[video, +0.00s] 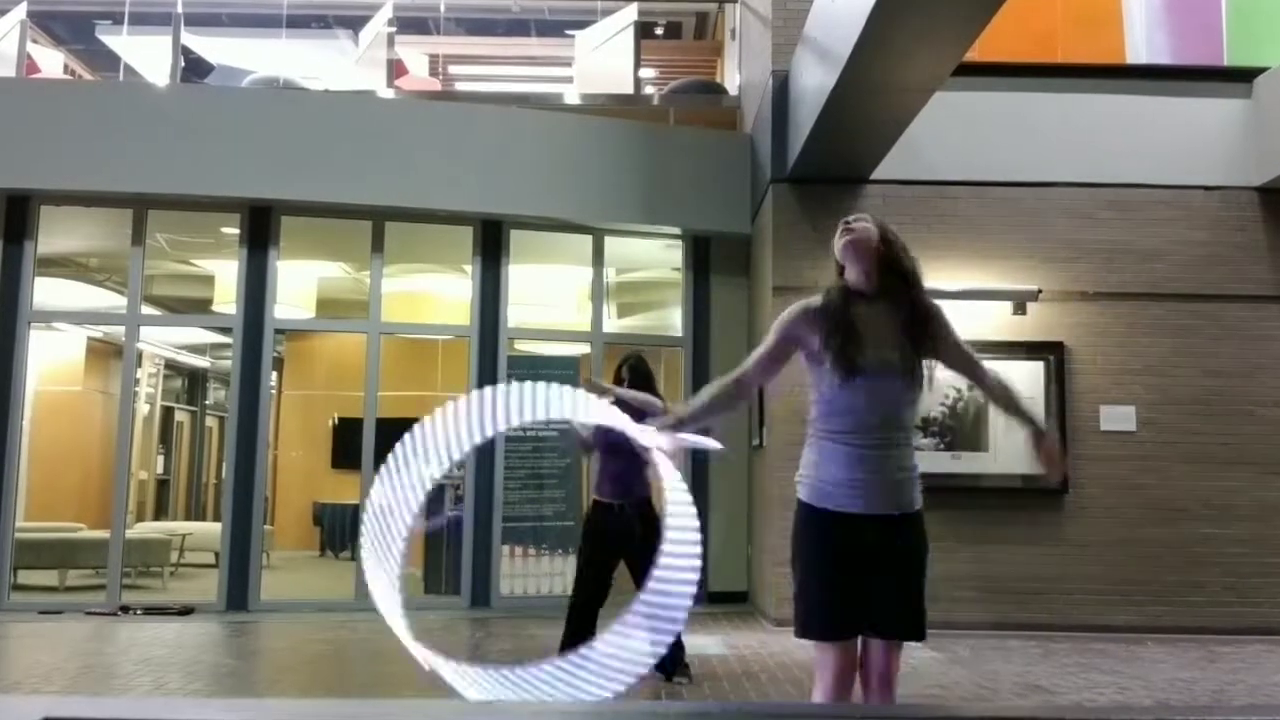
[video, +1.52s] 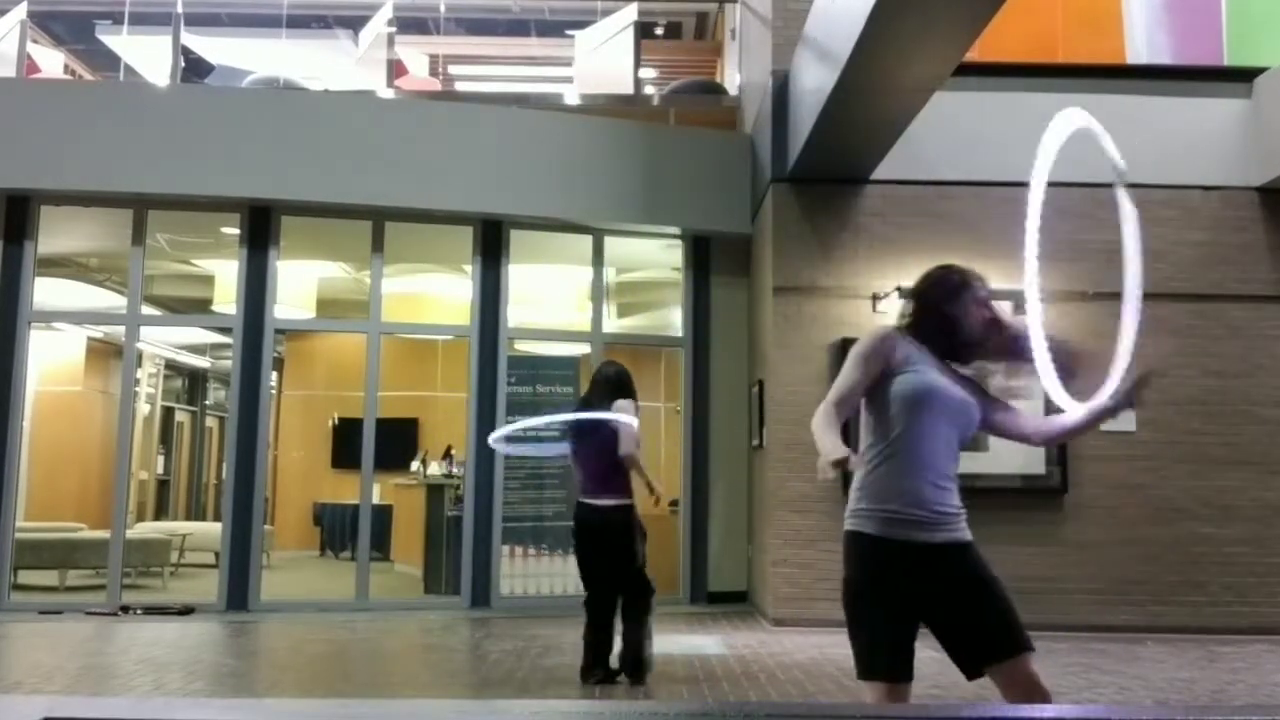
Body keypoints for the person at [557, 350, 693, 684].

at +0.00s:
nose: (624, 387)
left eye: (630, 381)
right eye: (621, 381)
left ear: (639, 383)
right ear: (615, 384)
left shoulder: (653, 413)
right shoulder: (605, 414)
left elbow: (655, 405)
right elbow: (585, 445)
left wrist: (607, 392)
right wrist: (572, 420)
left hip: (639, 511)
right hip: (602, 511)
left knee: (655, 591)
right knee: (587, 595)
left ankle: (674, 665)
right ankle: (568, 667)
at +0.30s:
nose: (609, 395)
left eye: (616, 390)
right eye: (604, 388)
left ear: (625, 394)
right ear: (594, 389)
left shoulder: (628, 425)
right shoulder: (574, 418)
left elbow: (658, 456)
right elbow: (558, 459)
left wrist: (670, 496)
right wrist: (548, 494)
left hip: (611, 520)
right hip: (574, 520)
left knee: (638, 595)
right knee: (571, 598)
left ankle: (672, 663)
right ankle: (566, 663)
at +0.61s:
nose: (596, 394)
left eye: (603, 389)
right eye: (594, 388)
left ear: (610, 397)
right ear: (586, 394)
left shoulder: (612, 427)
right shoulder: (576, 426)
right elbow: (556, 460)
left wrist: (554, 447)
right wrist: (525, 459)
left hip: (595, 523)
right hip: (562, 521)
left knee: (627, 595)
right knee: (559, 599)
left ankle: (670, 663)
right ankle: (566, 664)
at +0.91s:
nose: (593, 405)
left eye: (601, 400)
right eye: (591, 399)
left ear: (602, 410)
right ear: (583, 403)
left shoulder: (604, 434)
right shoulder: (562, 428)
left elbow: (627, 416)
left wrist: (602, 389)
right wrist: (527, 429)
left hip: (591, 526)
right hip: (556, 525)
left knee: (625, 599)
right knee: (556, 602)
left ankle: (666, 666)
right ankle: (567, 664)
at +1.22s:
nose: (628, 396)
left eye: (629, 391)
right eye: (624, 391)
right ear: (608, 393)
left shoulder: (620, 425)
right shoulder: (574, 419)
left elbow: (645, 410)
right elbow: (557, 464)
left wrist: (639, 410)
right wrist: (575, 496)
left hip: (602, 521)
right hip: (576, 520)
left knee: (625, 590)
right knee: (591, 594)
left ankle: (595, 666)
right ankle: (555, 654)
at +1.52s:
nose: (632, 390)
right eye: (630, 385)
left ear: (594, 384)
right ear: (625, 385)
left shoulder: (579, 414)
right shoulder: (624, 406)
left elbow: (575, 464)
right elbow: (627, 452)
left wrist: (582, 499)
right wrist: (650, 484)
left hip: (585, 516)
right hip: (617, 516)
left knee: (598, 592)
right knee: (637, 588)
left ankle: (594, 667)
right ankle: (634, 663)